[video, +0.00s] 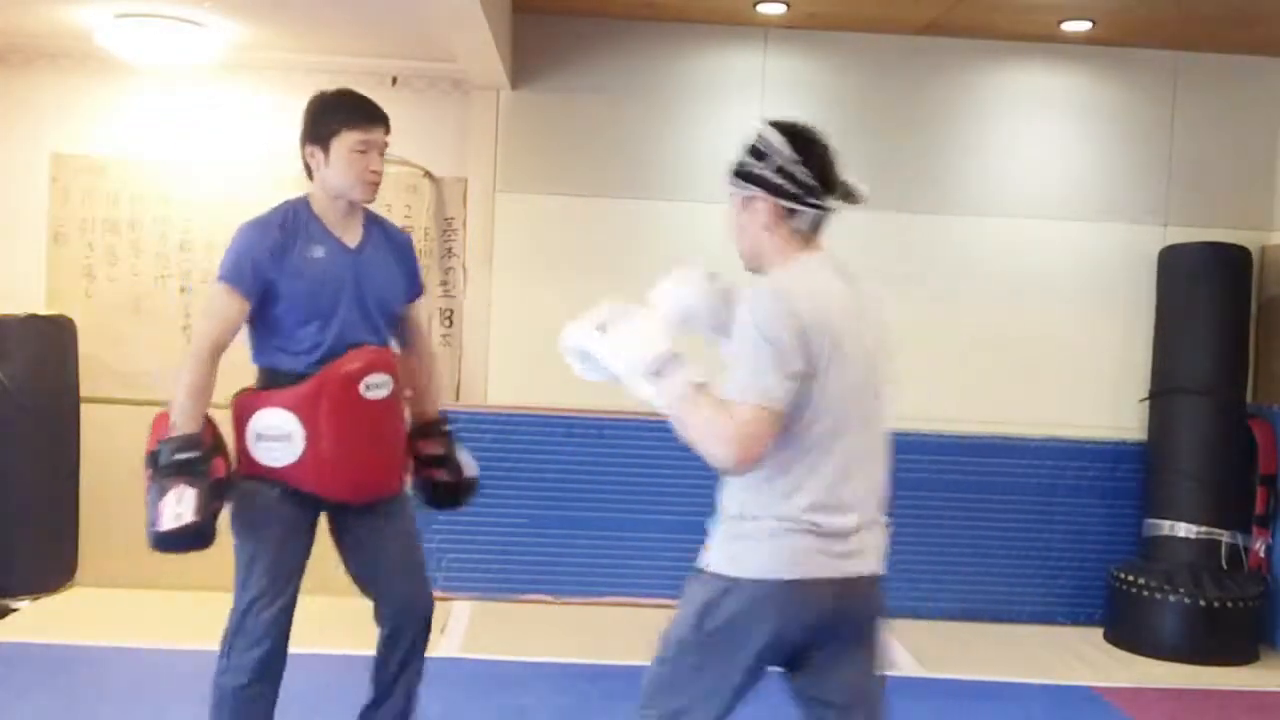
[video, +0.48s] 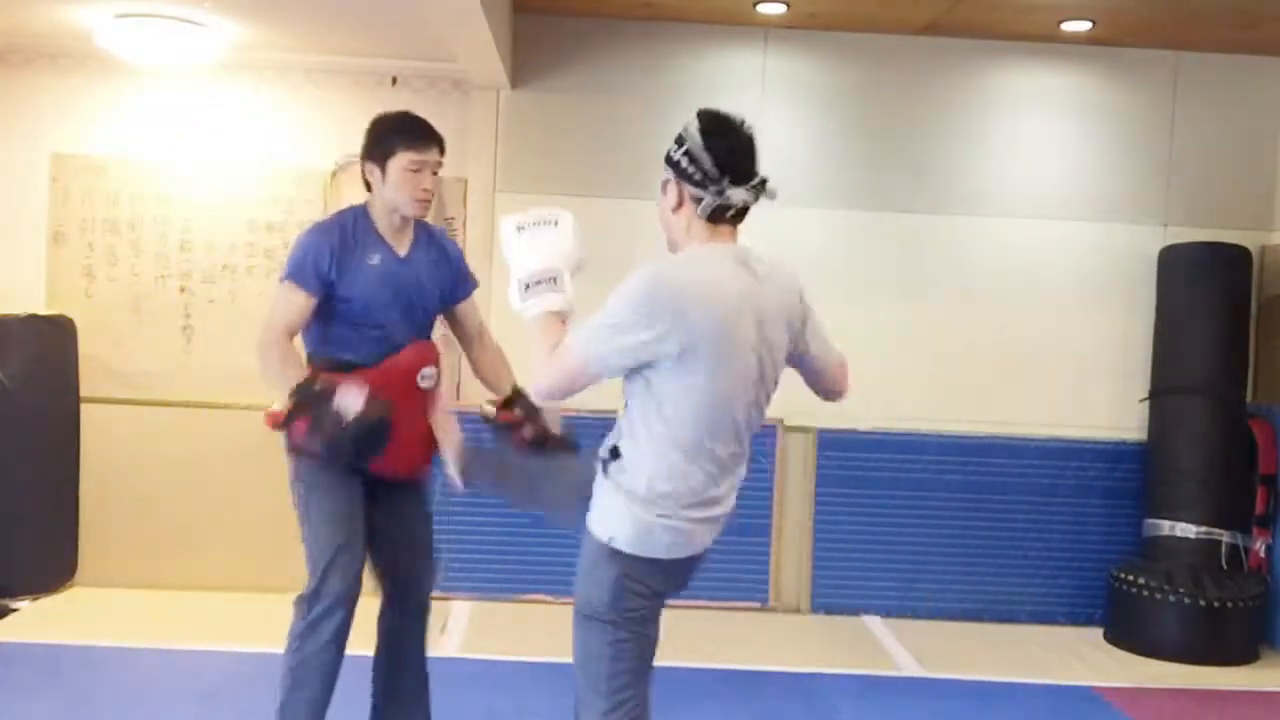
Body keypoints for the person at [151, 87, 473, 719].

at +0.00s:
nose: (377, 163)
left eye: (382, 151)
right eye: (362, 149)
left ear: (385, 159)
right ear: (315, 157)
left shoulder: (393, 245)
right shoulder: (265, 239)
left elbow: (416, 344)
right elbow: (207, 345)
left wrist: (431, 433)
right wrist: (182, 452)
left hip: (368, 445)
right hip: (283, 444)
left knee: (411, 606)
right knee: (261, 622)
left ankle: (387, 716)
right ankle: (236, 716)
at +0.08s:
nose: (392, 169)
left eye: (398, 157)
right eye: (377, 155)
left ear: (399, 167)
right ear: (331, 162)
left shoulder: (408, 250)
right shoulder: (285, 243)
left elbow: (435, 348)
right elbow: (228, 347)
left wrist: (457, 436)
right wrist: (207, 452)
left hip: (384, 444)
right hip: (299, 442)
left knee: (413, 612)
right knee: (275, 614)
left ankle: (408, 717)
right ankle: (241, 717)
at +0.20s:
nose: (406, 174)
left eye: (412, 163)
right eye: (392, 160)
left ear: (415, 171)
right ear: (347, 167)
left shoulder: (422, 255)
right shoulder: (304, 247)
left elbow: (453, 351)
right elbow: (248, 352)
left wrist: (482, 440)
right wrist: (233, 453)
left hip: (398, 449)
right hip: (315, 446)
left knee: (421, 614)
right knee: (297, 611)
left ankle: (403, 718)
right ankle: (251, 715)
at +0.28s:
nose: (425, 176)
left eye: (430, 164)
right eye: (410, 162)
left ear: (432, 172)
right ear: (364, 169)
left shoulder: (436, 254)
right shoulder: (321, 247)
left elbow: (466, 348)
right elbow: (268, 351)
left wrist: (498, 430)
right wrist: (266, 448)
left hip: (410, 455)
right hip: (331, 451)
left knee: (425, 617)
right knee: (315, 612)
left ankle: (407, 718)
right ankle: (272, 717)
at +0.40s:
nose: (432, 173)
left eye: (438, 161)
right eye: (417, 159)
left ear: (440, 170)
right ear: (374, 167)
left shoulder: (446, 249)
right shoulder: (330, 243)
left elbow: (474, 344)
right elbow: (274, 344)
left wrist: (507, 431)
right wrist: (299, 429)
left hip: (419, 455)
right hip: (341, 451)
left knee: (423, 616)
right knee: (323, 610)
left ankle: (407, 719)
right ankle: (287, 717)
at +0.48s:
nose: (429, 181)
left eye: (435, 169)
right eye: (416, 168)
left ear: (439, 176)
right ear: (373, 172)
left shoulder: (441, 254)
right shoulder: (329, 241)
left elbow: (477, 341)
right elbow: (272, 339)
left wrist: (517, 406)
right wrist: (312, 406)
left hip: (399, 437)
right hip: (329, 432)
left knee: (411, 582)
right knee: (336, 578)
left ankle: (400, 716)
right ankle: (299, 715)